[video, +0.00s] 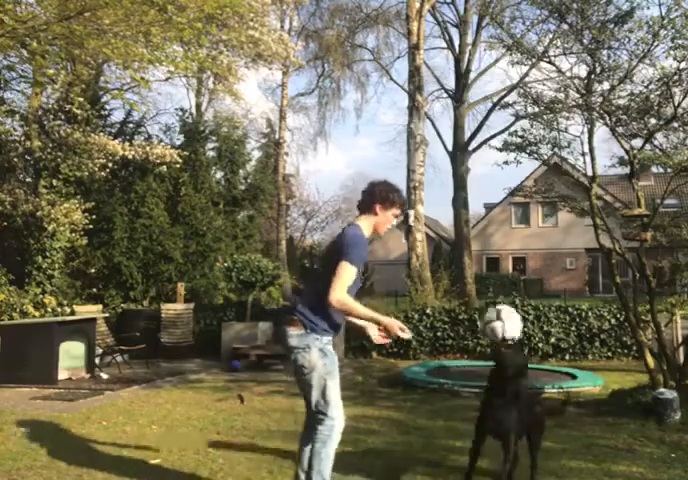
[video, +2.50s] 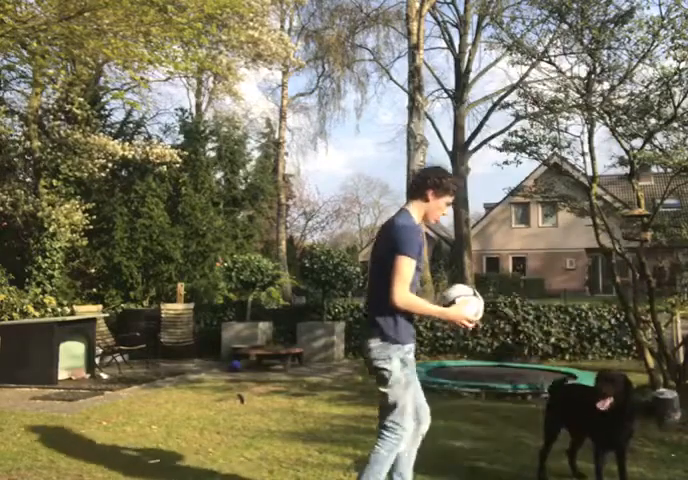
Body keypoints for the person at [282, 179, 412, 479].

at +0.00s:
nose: (393, 224)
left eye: (396, 218)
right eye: (394, 216)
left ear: (375, 209)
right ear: (377, 208)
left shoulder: (349, 237)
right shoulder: (356, 240)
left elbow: (332, 300)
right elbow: (336, 297)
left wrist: (366, 326)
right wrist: (382, 319)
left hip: (309, 333)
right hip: (310, 335)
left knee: (319, 416)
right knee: (331, 419)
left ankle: (306, 474)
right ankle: (318, 475)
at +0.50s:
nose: (450, 272)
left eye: (449, 264)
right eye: (446, 264)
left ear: (423, 266)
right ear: (425, 265)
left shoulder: (399, 291)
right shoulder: (417, 297)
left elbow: (410, 335)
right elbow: (481, 336)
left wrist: (456, 337)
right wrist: (542, 348)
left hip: (329, 362)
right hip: (345, 363)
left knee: (360, 433)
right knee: (418, 411)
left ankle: (322, 474)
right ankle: (429, 475)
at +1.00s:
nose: (641, 370)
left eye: (643, 362)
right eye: (639, 361)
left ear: (607, 353)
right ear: (618, 357)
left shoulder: (575, 363)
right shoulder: (592, 379)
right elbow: (644, 447)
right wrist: (680, 463)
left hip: (462, 385)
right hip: (485, 396)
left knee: (435, 459)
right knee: (567, 433)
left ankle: (353, 476)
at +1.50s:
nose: (668, 308)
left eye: (671, 301)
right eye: (671, 302)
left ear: (640, 280)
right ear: (661, 301)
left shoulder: (603, 295)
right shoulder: (609, 316)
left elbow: (586, 361)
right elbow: (592, 395)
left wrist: (619, 385)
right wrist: (642, 411)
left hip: (497, 349)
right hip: (514, 365)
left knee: (461, 403)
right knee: (589, 426)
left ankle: (390, 416)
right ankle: (570, 477)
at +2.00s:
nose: (547, 236)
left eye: (550, 229)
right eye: (549, 228)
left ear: (524, 219)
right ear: (540, 224)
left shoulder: (496, 250)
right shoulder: (506, 262)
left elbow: (488, 317)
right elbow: (487, 334)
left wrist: (526, 333)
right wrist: (540, 348)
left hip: (454, 359)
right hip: (468, 362)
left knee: (467, 441)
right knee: (538, 436)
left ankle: (416, 476)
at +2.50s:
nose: (445, 212)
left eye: (449, 205)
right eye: (446, 203)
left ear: (427, 194)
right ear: (429, 193)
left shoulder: (399, 227)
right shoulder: (407, 230)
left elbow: (400, 294)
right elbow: (399, 296)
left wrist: (444, 309)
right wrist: (449, 314)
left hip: (394, 342)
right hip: (389, 344)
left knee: (420, 418)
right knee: (398, 426)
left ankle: (400, 476)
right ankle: (370, 477)